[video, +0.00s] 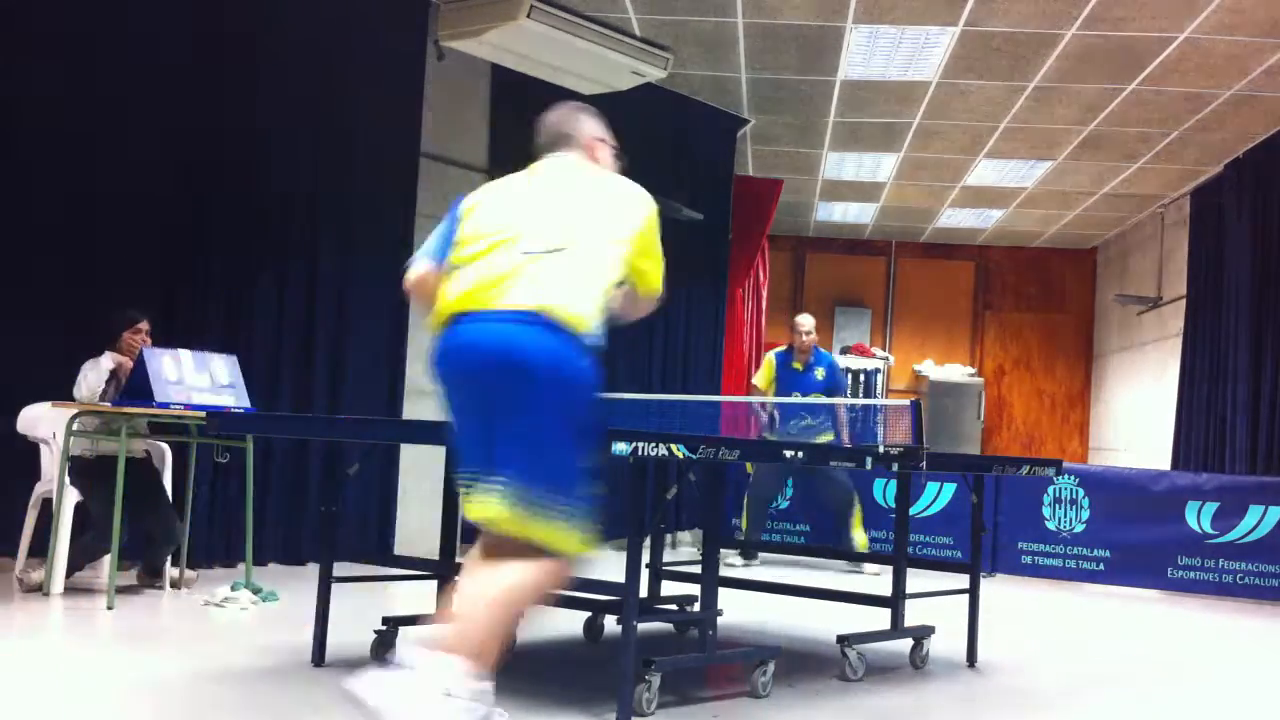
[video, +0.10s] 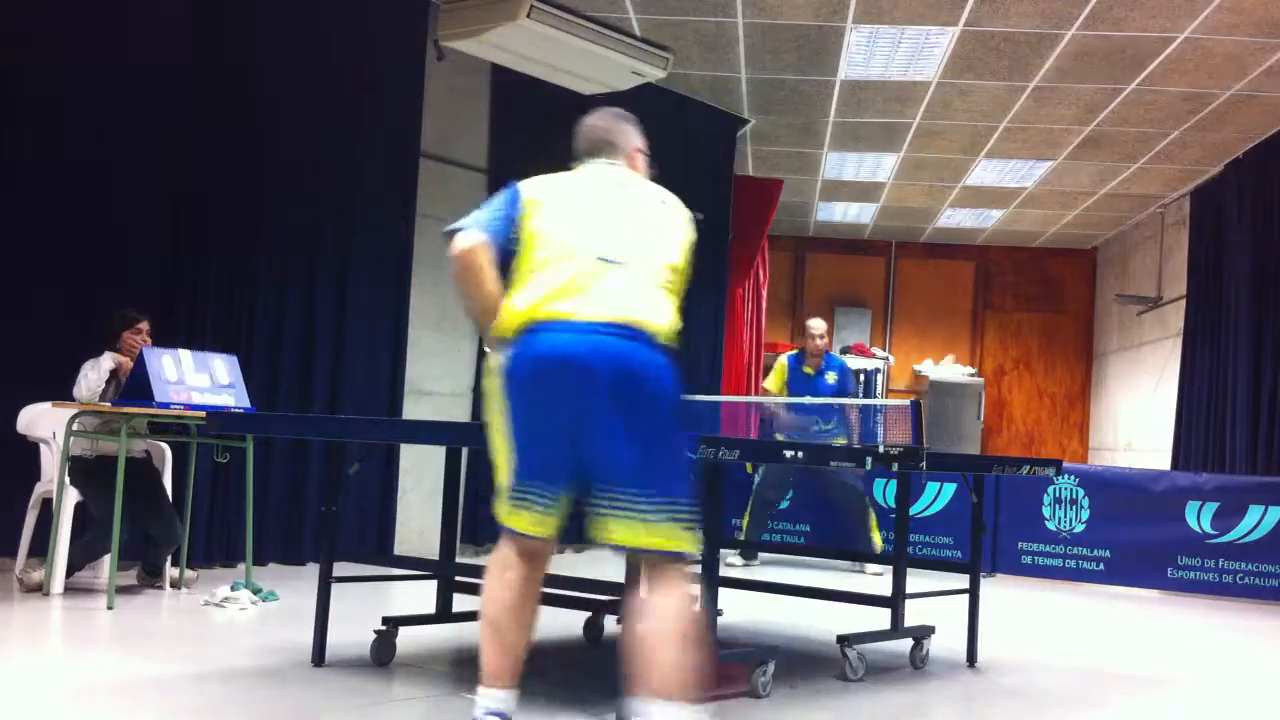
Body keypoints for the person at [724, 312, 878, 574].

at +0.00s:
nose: (804, 338)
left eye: (809, 333)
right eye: (800, 333)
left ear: (816, 335)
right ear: (792, 335)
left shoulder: (829, 363)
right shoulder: (775, 359)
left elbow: (839, 405)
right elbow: (755, 391)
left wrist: (845, 441)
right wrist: (763, 419)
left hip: (820, 442)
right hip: (779, 441)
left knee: (846, 492)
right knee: (757, 491)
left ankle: (859, 554)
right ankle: (749, 550)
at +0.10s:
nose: (817, 342)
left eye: (821, 337)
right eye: (812, 337)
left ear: (828, 339)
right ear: (803, 339)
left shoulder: (840, 367)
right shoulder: (787, 362)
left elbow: (851, 409)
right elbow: (767, 396)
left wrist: (855, 445)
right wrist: (782, 415)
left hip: (832, 442)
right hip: (790, 441)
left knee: (856, 492)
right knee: (764, 491)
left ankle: (870, 556)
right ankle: (747, 552)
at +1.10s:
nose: (981, 388)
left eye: (984, 383)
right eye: (983, 382)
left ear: (969, 372)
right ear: (972, 375)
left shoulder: (945, 380)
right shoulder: (940, 384)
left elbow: (924, 431)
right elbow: (915, 427)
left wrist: (936, 467)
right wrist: (930, 466)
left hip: (900, 442)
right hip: (897, 443)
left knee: (916, 501)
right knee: (922, 502)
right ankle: (910, 573)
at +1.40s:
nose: (999, 389)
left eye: (1002, 385)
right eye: (1002, 384)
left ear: (987, 365)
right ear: (998, 376)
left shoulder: (962, 368)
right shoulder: (970, 380)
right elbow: (943, 419)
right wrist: (945, 465)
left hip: (908, 430)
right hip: (916, 435)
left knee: (924, 497)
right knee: (927, 497)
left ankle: (912, 568)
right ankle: (913, 571)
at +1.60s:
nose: (1002, 388)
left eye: (1005, 385)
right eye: (1006, 384)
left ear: (991, 364)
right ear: (1003, 375)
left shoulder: (959, 369)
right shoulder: (984, 377)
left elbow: (931, 370)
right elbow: (962, 411)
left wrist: (926, 366)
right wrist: (960, 453)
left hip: (924, 433)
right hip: (939, 436)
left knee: (955, 497)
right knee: (956, 496)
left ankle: (938, 564)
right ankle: (927, 563)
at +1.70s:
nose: (999, 385)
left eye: (1002, 382)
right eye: (1002, 381)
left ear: (985, 360)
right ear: (1001, 372)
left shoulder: (952, 368)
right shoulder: (987, 373)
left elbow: (926, 404)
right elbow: (972, 407)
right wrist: (976, 447)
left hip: (922, 436)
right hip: (943, 436)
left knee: (949, 501)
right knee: (962, 499)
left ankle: (927, 561)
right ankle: (940, 564)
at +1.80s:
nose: (996, 383)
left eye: (997, 380)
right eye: (997, 379)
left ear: (980, 359)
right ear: (995, 370)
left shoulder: (949, 367)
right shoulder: (986, 369)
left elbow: (926, 402)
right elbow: (982, 407)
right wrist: (992, 446)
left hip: (923, 433)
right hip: (946, 432)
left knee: (940, 498)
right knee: (959, 498)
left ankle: (940, 561)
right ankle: (949, 564)